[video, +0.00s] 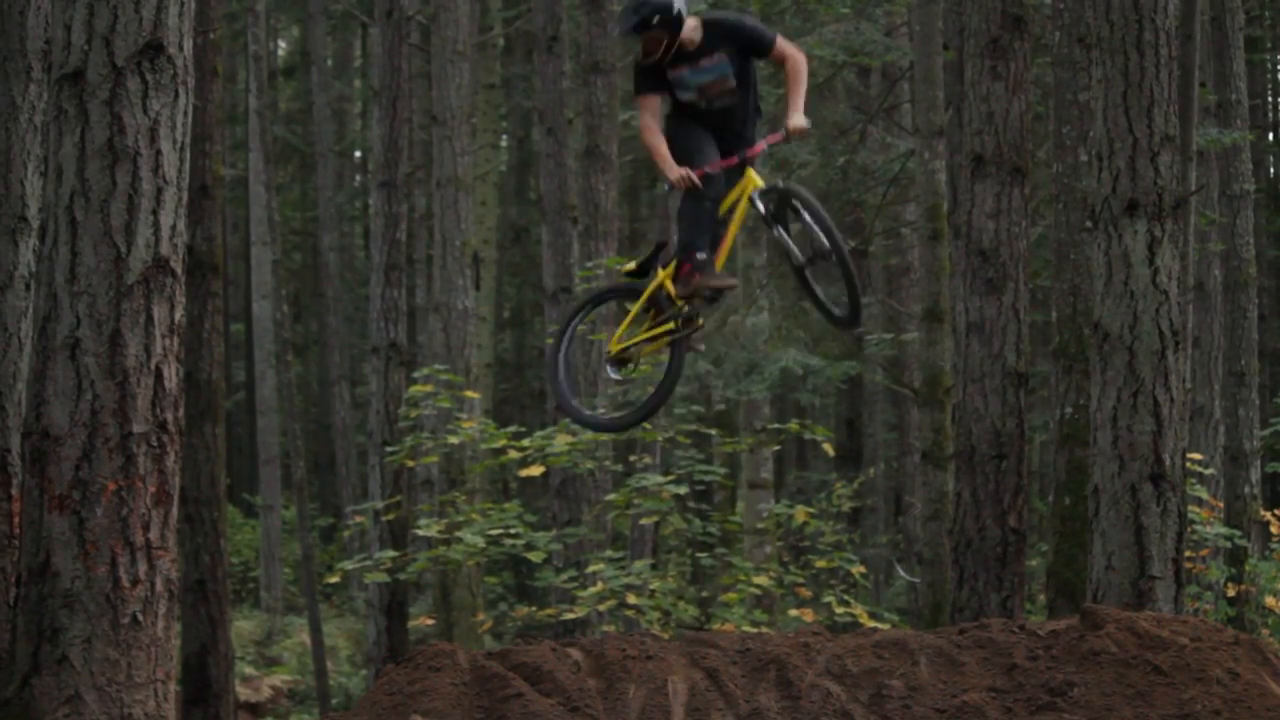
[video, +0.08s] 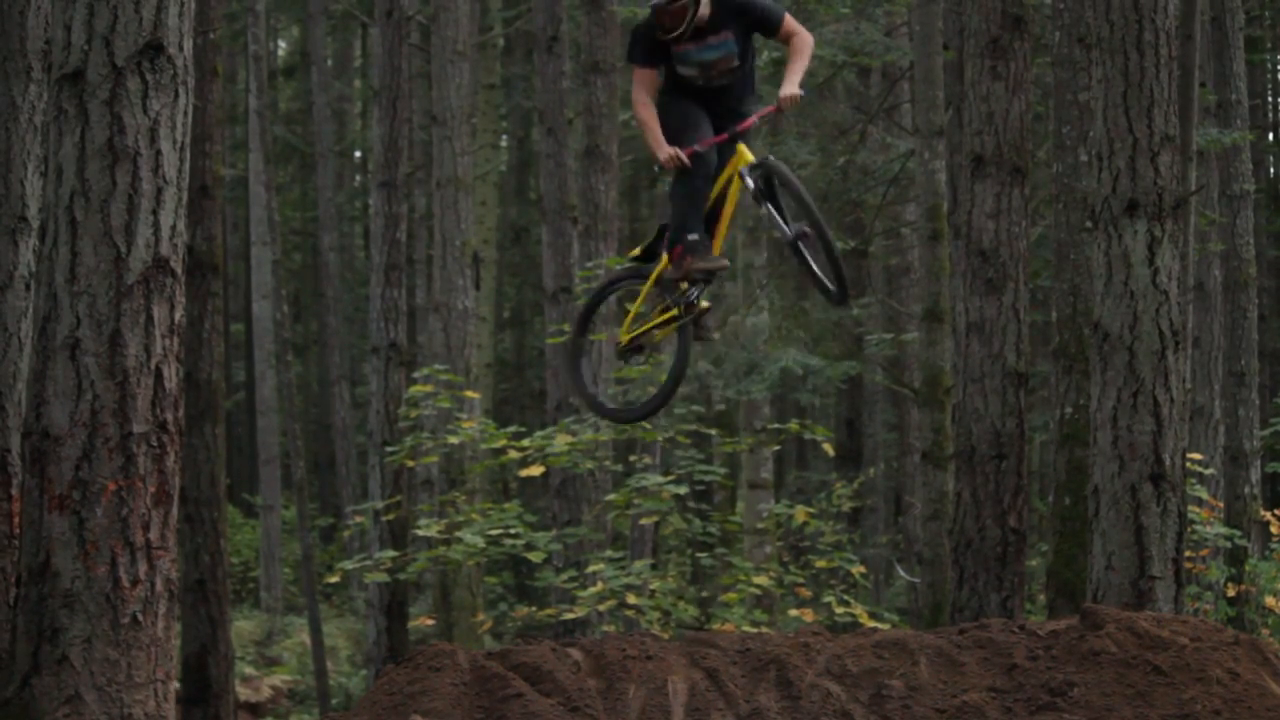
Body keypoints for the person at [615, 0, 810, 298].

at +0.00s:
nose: (645, 46)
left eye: (649, 37)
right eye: (641, 38)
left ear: (667, 26)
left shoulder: (731, 30)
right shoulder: (652, 61)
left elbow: (794, 58)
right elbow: (648, 121)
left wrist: (796, 113)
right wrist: (670, 168)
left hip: (738, 132)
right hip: (690, 132)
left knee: (723, 212)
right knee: (706, 178)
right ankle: (695, 267)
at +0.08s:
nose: (669, 20)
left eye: (676, 11)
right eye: (662, 13)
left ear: (698, 3)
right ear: (654, 10)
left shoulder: (739, 9)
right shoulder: (650, 33)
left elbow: (801, 37)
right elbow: (641, 95)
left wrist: (791, 83)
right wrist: (660, 147)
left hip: (733, 107)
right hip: (684, 108)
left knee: (719, 197)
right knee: (701, 159)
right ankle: (687, 249)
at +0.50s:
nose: (746, 140)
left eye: (755, 131)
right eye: (739, 130)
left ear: (770, 119)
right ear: (722, 112)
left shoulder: (778, 133)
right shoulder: (683, 122)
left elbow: (807, 203)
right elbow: (634, 190)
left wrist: (812, 266)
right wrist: (644, 263)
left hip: (715, 208)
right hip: (666, 203)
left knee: (749, 295)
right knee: (682, 286)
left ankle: (741, 383)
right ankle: (665, 396)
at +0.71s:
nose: (747, 386)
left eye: (758, 376)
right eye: (739, 374)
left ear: (773, 365)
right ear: (719, 359)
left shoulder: (780, 373)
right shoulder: (679, 370)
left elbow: (825, 451)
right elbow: (635, 454)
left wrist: (834, 514)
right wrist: (653, 527)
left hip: (723, 434)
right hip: (670, 434)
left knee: (744, 520)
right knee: (688, 522)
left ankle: (728, 621)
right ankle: (680, 628)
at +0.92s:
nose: (732, 474)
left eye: (742, 461)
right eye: (721, 461)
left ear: (759, 455)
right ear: (700, 453)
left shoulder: (782, 483)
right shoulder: (660, 488)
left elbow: (825, 565)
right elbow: (611, 579)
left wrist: (827, 632)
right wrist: (627, 655)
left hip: (741, 575)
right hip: (668, 584)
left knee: (775, 653)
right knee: (688, 682)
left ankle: (776, 712)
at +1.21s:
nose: (663, 531)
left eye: (677, 515)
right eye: (649, 516)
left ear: (701, 518)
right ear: (629, 521)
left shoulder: (750, 600)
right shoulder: (591, 604)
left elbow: (790, 711)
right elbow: (549, 712)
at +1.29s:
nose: (631, 539)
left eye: (646, 522)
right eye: (615, 523)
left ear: (673, 524)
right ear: (594, 528)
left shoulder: (733, 619)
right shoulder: (552, 626)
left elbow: (776, 715)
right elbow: (517, 713)